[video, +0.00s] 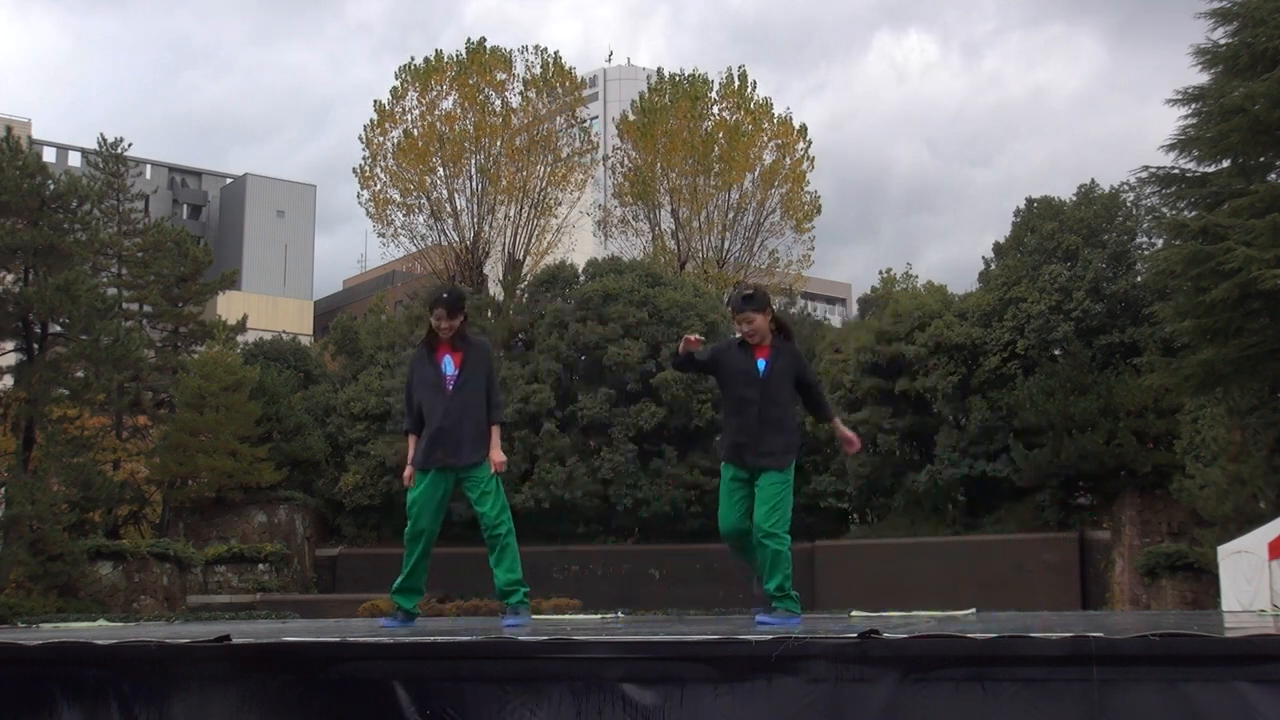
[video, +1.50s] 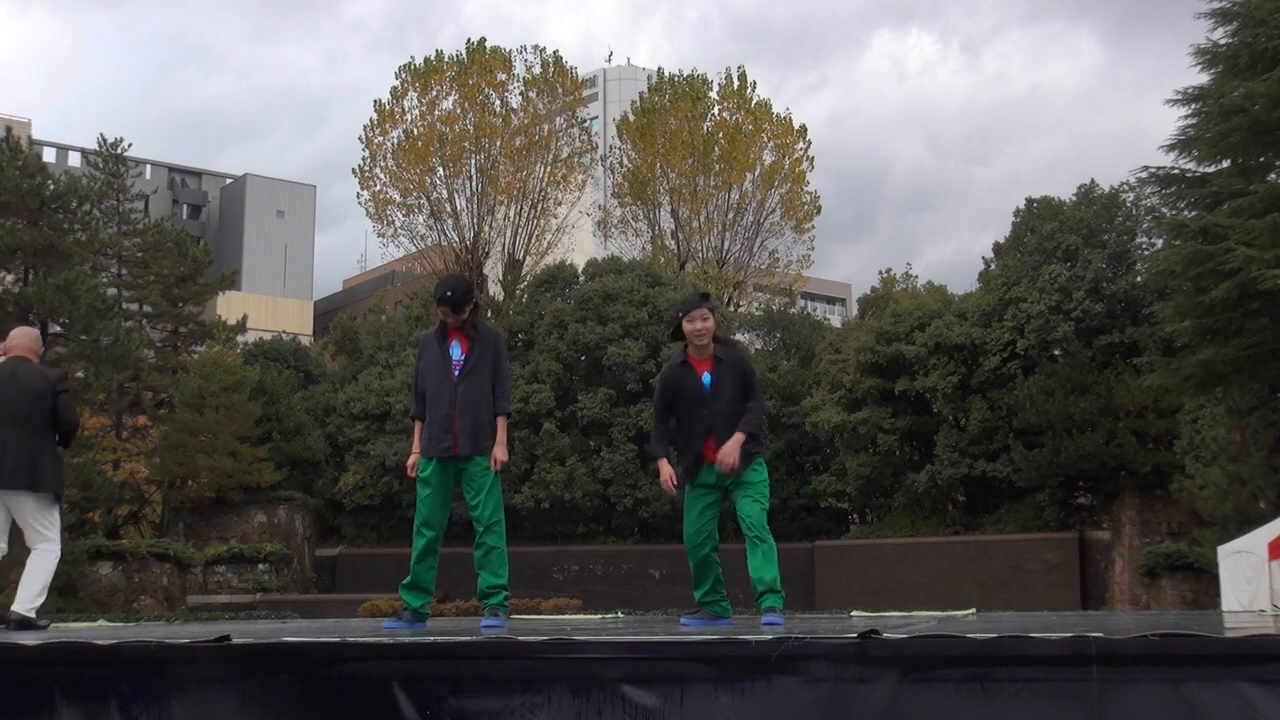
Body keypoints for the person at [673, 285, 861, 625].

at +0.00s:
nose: (745, 329)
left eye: (750, 321)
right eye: (739, 323)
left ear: (769, 316)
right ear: (734, 322)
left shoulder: (789, 354)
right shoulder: (726, 353)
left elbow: (811, 393)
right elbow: (687, 365)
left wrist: (838, 426)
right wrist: (685, 352)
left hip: (777, 458)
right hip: (736, 457)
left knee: (768, 528)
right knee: (731, 527)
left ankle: (785, 606)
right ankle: (768, 576)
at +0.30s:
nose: (727, 362)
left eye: (731, 355)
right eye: (722, 357)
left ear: (749, 344)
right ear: (719, 355)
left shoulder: (781, 370)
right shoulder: (721, 379)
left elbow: (809, 408)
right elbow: (705, 405)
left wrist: (823, 445)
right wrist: (683, 410)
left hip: (781, 469)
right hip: (740, 469)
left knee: (760, 531)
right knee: (717, 528)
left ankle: (785, 608)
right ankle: (718, 608)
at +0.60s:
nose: (735, 340)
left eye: (740, 333)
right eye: (731, 335)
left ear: (759, 323)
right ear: (728, 333)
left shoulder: (787, 355)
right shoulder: (727, 356)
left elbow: (822, 393)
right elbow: (709, 392)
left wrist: (819, 382)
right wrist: (696, 407)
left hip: (775, 458)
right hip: (738, 459)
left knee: (769, 530)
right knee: (751, 530)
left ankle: (785, 605)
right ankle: (805, 556)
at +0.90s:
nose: (706, 353)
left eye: (709, 345)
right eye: (701, 348)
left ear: (728, 335)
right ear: (699, 346)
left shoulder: (762, 365)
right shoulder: (707, 370)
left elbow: (783, 411)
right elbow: (703, 407)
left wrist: (756, 436)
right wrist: (698, 434)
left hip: (764, 465)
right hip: (723, 465)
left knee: (768, 532)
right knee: (707, 530)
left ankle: (785, 607)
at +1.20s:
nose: (656, 357)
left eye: (656, 349)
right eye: (653, 351)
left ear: (672, 342)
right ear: (673, 344)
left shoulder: (706, 372)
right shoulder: (692, 375)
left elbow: (735, 415)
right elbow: (698, 425)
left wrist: (709, 446)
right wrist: (678, 455)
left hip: (745, 464)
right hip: (716, 467)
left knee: (749, 529)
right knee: (705, 533)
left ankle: (796, 545)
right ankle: (715, 606)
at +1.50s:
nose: (699, 326)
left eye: (705, 318)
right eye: (692, 321)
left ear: (714, 322)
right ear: (682, 328)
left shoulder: (736, 359)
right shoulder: (672, 373)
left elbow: (756, 406)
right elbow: (661, 423)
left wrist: (737, 440)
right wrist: (662, 460)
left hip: (745, 463)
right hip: (699, 469)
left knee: (754, 524)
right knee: (696, 538)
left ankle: (770, 604)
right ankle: (714, 608)